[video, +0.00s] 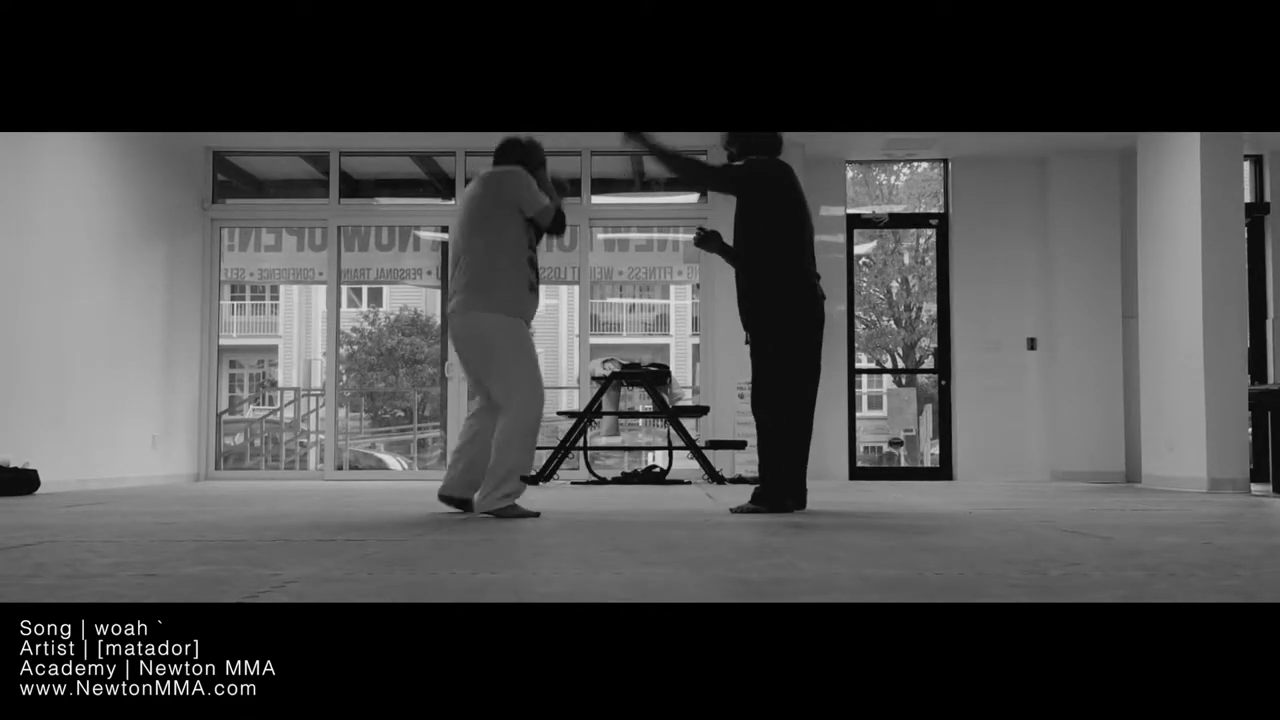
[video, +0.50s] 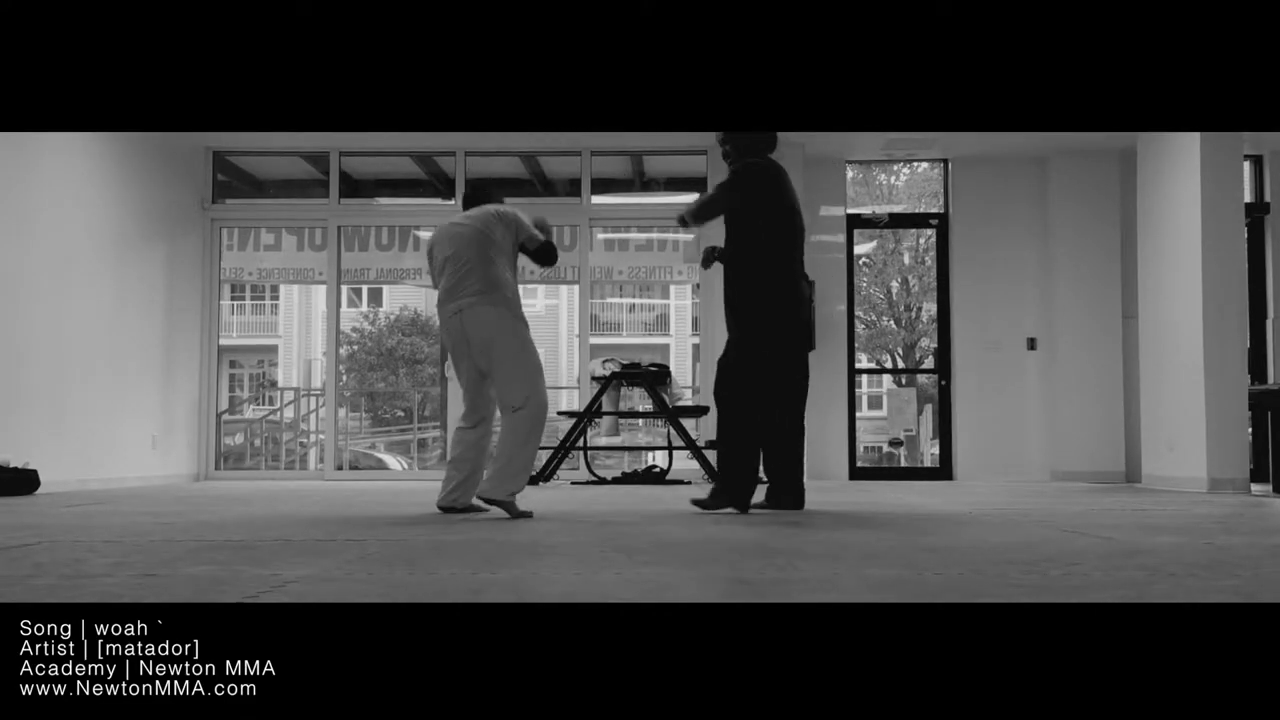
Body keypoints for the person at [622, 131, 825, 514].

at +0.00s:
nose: (726, 145)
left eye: (731, 138)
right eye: (727, 140)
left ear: (746, 140)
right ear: (766, 141)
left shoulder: (764, 173)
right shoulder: (769, 181)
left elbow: (702, 174)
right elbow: (758, 266)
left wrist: (646, 143)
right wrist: (721, 247)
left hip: (784, 311)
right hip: (786, 309)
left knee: (776, 401)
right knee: (781, 400)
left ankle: (778, 495)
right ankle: (784, 494)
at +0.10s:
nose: (730, 153)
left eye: (733, 145)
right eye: (730, 146)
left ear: (747, 145)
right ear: (768, 146)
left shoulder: (759, 176)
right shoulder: (779, 181)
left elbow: (695, 188)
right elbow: (768, 257)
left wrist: (632, 187)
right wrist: (725, 249)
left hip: (777, 313)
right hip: (794, 310)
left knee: (770, 401)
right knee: (786, 401)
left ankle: (775, 496)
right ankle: (787, 494)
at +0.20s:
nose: (731, 154)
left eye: (734, 146)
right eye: (731, 147)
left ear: (748, 144)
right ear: (770, 146)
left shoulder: (757, 177)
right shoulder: (782, 183)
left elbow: (696, 210)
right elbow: (770, 257)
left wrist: (638, 226)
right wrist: (727, 251)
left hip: (771, 314)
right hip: (794, 310)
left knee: (761, 397)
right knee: (785, 398)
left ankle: (771, 495)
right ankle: (787, 493)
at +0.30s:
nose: (729, 152)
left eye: (732, 144)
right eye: (728, 146)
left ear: (748, 143)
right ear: (768, 145)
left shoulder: (755, 176)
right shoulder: (783, 181)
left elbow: (714, 218)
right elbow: (772, 253)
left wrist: (663, 239)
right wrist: (729, 251)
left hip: (767, 315)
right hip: (795, 312)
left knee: (736, 386)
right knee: (784, 398)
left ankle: (759, 490)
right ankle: (785, 493)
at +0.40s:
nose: (727, 153)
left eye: (731, 145)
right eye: (726, 146)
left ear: (748, 144)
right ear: (764, 145)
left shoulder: (755, 176)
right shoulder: (779, 179)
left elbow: (716, 218)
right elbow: (769, 250)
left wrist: (682, 234)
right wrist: (726, 251)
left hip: (765, 315)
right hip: (788, 312)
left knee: (725, 381)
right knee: (781, 400)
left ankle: (743, 481)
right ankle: (784, 491)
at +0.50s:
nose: (723, 151)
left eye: (726, 143)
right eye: (722, 145)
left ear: (743, 143)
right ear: (762, 145)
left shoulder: (747, 175)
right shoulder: (776, 180)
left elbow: (707, 208)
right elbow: (765, 258)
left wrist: (688, 217)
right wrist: (720, 254)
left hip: (760, 320)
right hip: (787, 317)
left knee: (731, 392)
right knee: (782, 404)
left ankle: (733, 488)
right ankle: (786, 492)